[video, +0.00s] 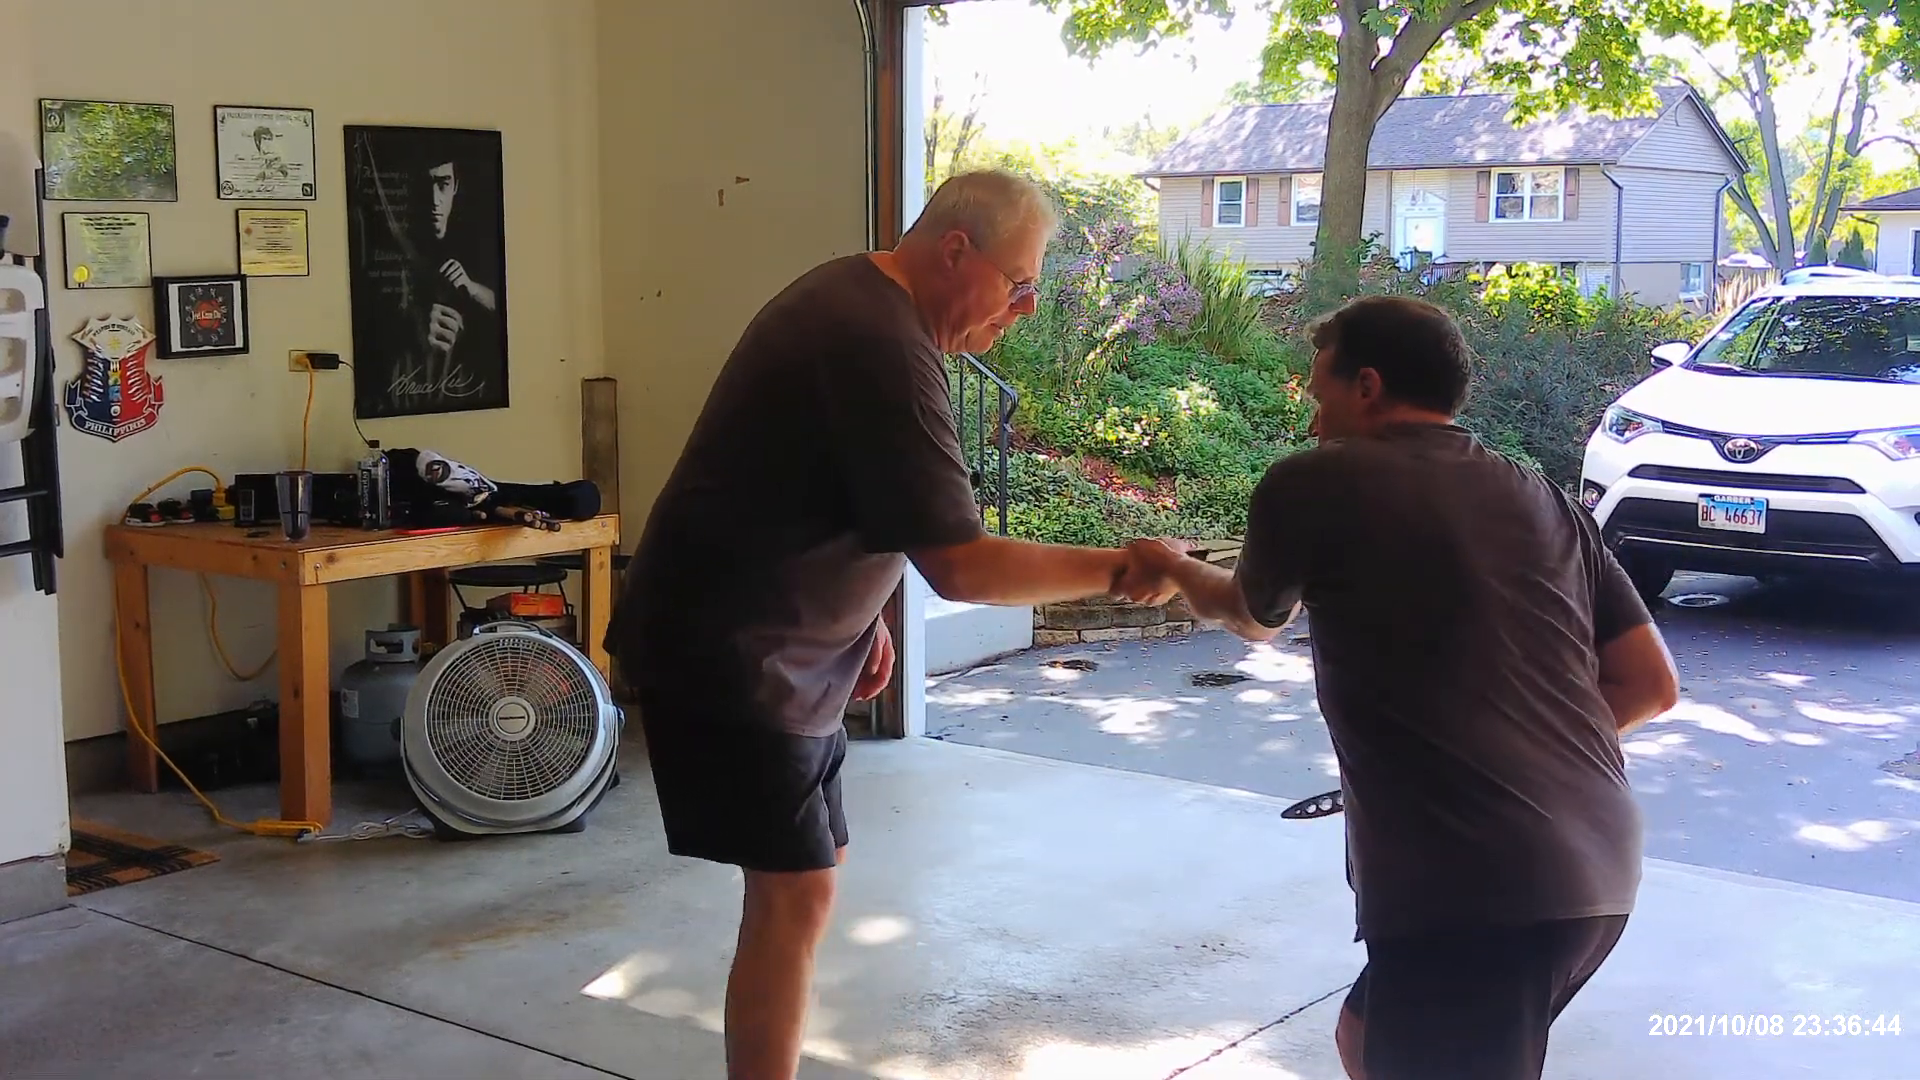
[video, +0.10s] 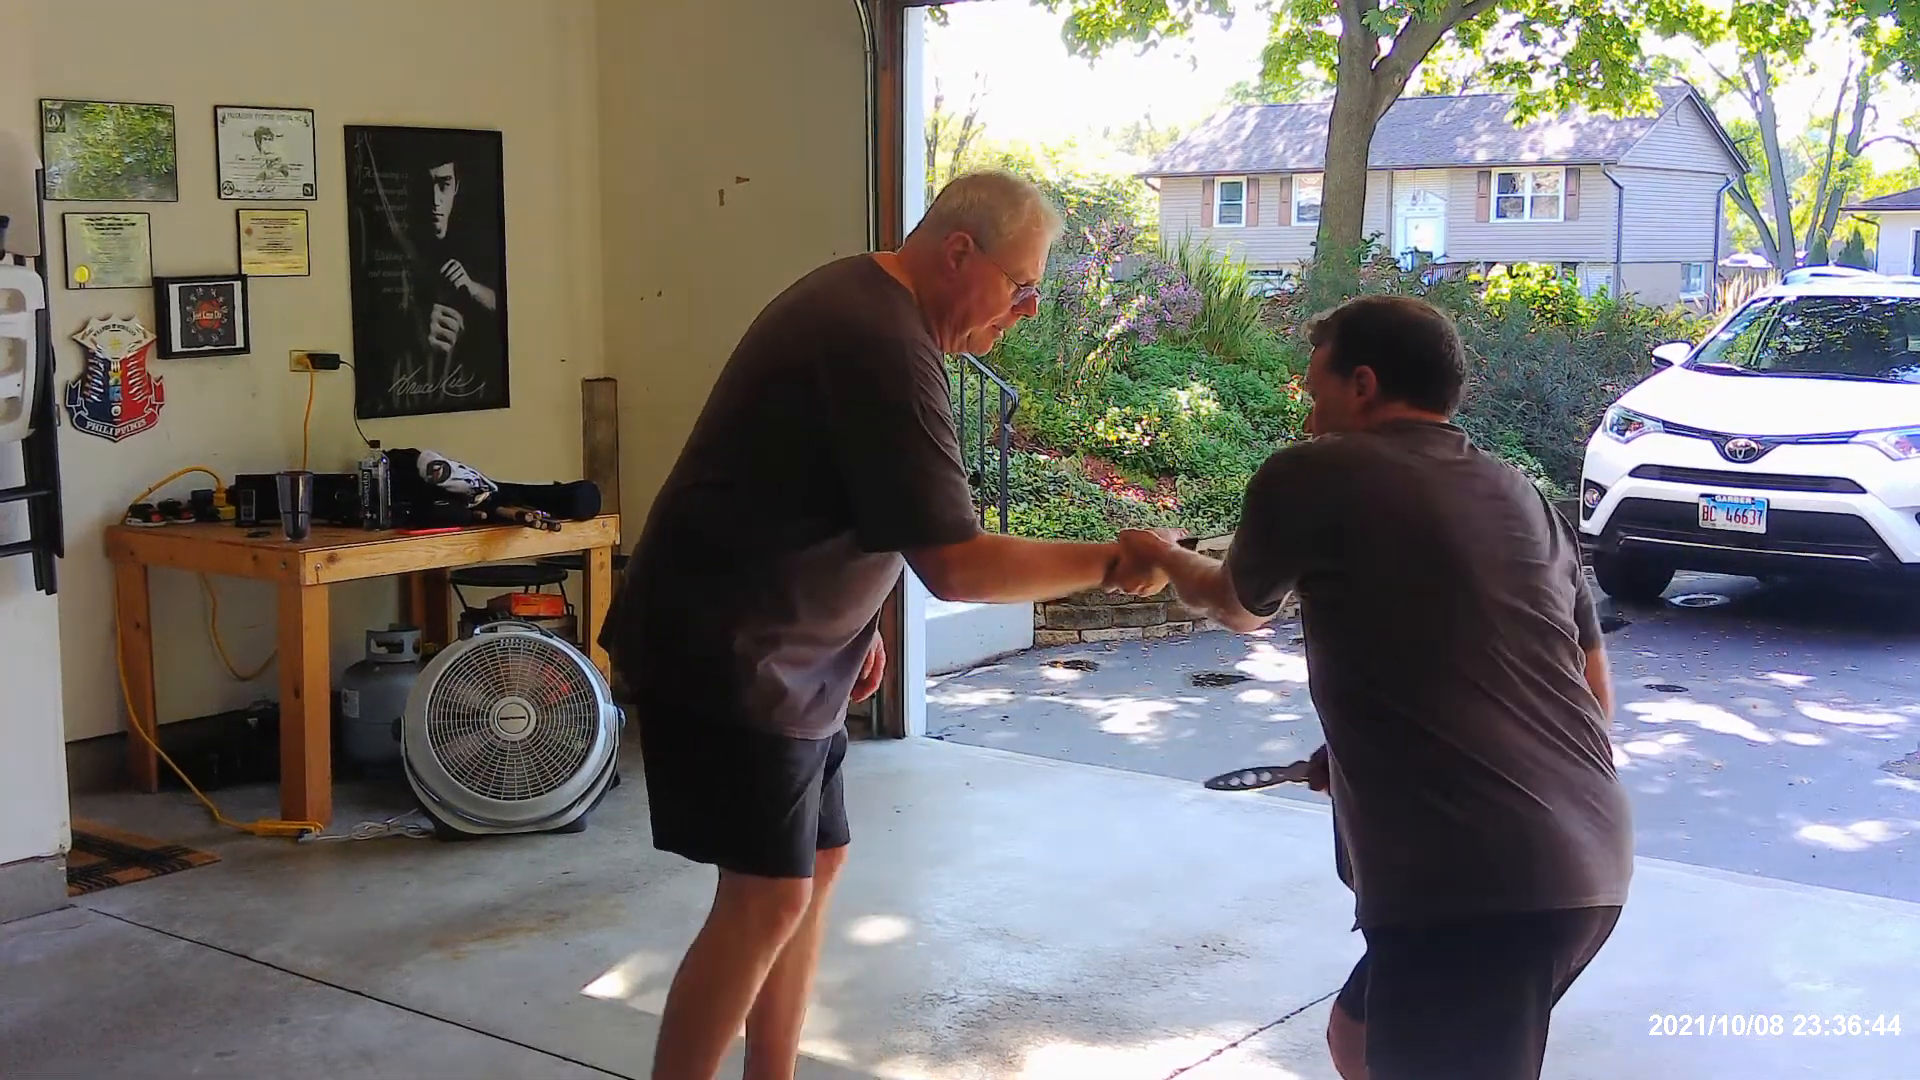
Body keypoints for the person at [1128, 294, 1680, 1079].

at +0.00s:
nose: (1313, 408)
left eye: (1321, 385)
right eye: (1315, 386)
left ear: (1369, 388)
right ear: (1443, 396)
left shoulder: (1312, 482)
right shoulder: (1541, 496)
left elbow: (1254, 611)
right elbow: (1647, 681)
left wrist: (1178, 566)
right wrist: (1514, 754)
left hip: (1472, 883)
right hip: (1603, 869)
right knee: (1367, 1032)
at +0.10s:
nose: (1308, 404)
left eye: (1316, 382)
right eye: (1309, 383)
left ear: (1364, 385)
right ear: (1440, 396)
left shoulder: (1308, 476)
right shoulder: (1525, 493)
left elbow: (1239, 600)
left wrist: (1167, 557)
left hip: (1469, 877)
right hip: (1592, 865)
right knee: (1355, 1031)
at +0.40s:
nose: (1259, 410)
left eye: (1267, 390)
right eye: (1260, 390)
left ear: (1313, 388)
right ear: (1376, 400)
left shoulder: (1294, 460)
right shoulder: (1405, 479)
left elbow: (1205, 646)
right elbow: (1234, 653)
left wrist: (1174, 584)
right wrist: (1052, 675)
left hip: (1500, 857)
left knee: (1490, 1067)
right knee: (1362, 1030)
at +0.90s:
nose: (1147, 562)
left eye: (1150, 538)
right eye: (1144, 541)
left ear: (1202, 527)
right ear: (1216, 525)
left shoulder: (1330, 574)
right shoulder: (1257, 621)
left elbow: (1405, 785)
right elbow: (1139, 774)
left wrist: (1299, 768)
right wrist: (966, 812)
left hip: (1622, 873)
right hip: (1497, 873)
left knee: (1559, 1068)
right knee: (1372, 1044)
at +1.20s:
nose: (1169, 537)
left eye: (1174, 513)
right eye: (1167, 516)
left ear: (1231, 505)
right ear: (1240, 503)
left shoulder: (1371, 559)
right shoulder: (1276, 609)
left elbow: (1419, 788)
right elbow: (1142, 753)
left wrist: (1334, 742)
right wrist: (969, 793)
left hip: (1623, 882)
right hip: (1498, 880)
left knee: (1552, 1074)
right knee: (1366, 1048)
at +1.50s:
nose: (1181, 508)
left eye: (1189, 484)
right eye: (1181, 485)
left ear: (1255, 490)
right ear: (1258, 490)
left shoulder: (1400, 550)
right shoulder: (1282, 599)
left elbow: (1451, 783)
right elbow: (1138, 735)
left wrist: (1336, 724)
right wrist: (966, 787)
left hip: (1630, 883)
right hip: (1495, 880)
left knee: (1572, 1069)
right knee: (1366, 1047)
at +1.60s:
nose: (1183, 506)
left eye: (1192, 482)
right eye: (1183, 483)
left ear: (1261, 487)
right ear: (1262, 488)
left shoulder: (1409, 552)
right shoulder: (1281, 598)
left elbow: (1463, 784)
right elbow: (1138, 732)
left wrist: (1341, 724)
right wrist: (972, 788)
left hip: (1634, 883)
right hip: (1498, 877)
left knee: (1573, 1066)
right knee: (1365, 1047)